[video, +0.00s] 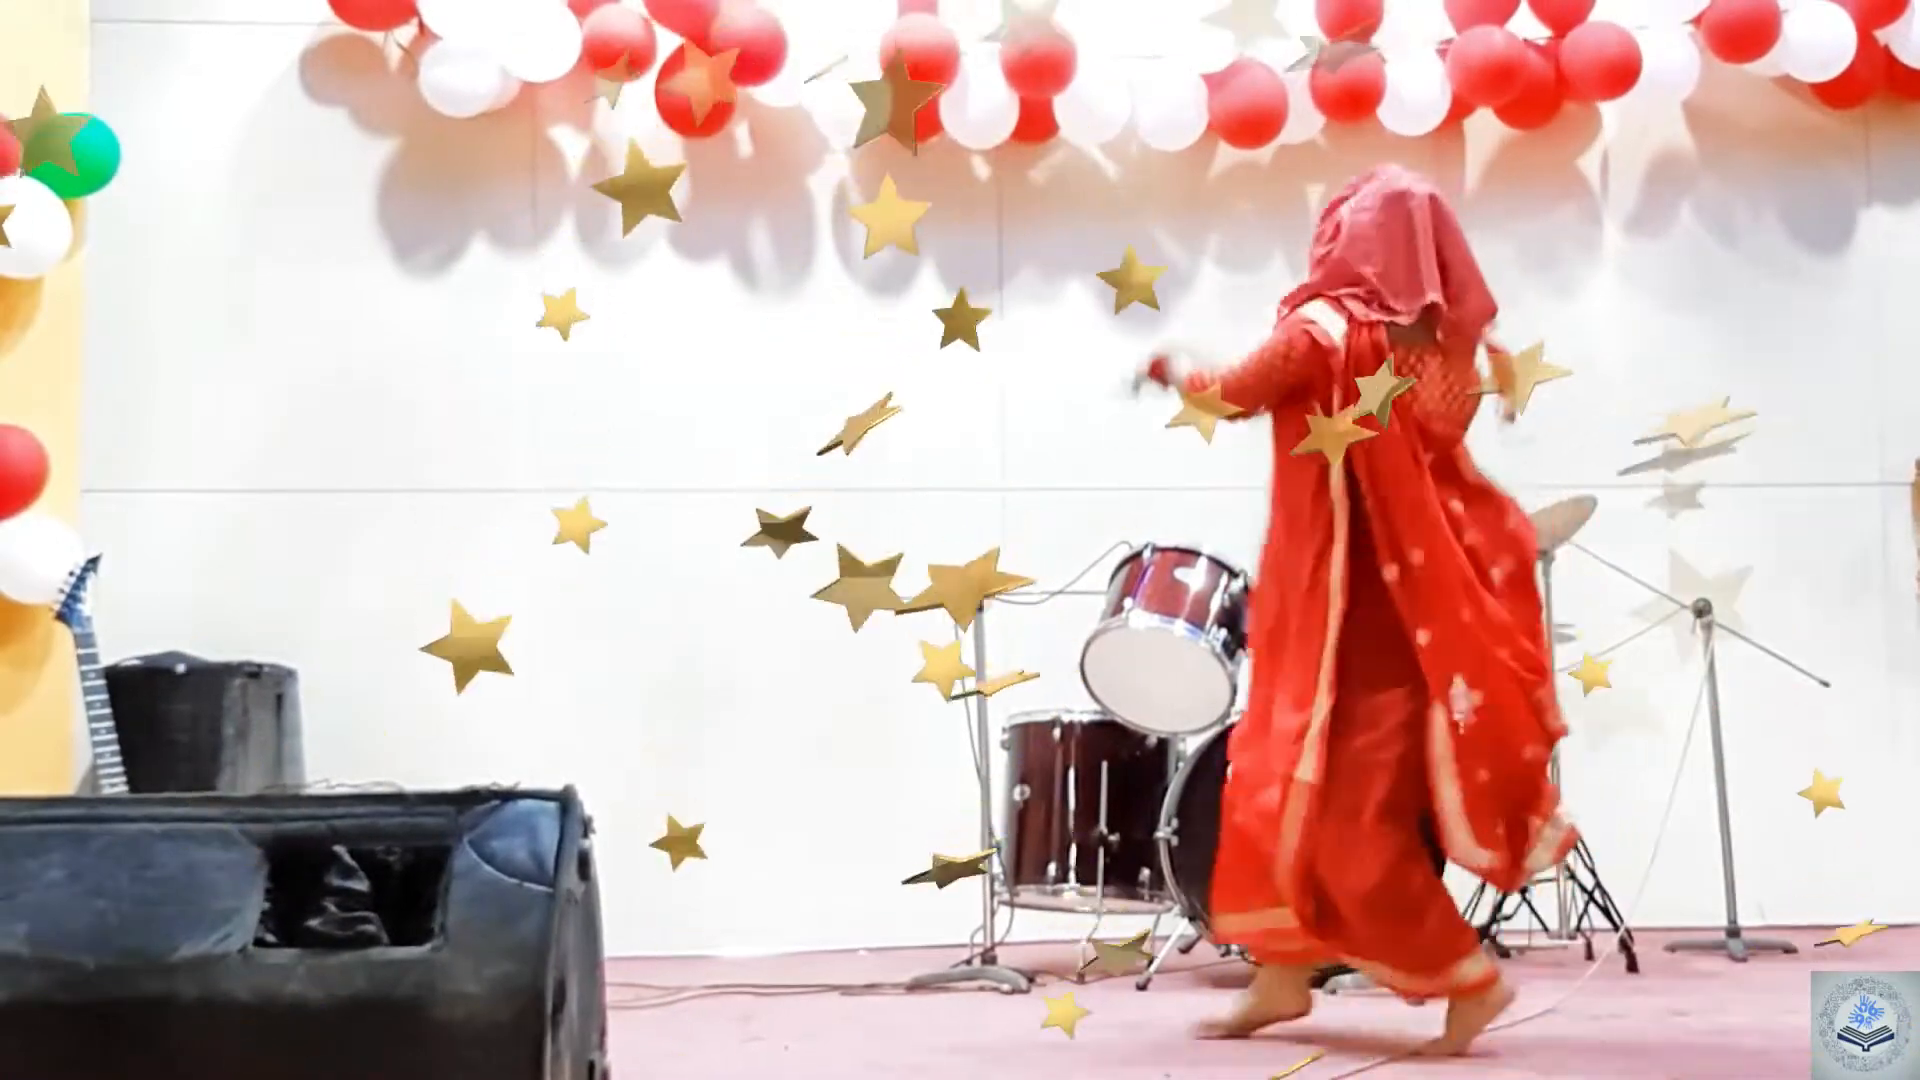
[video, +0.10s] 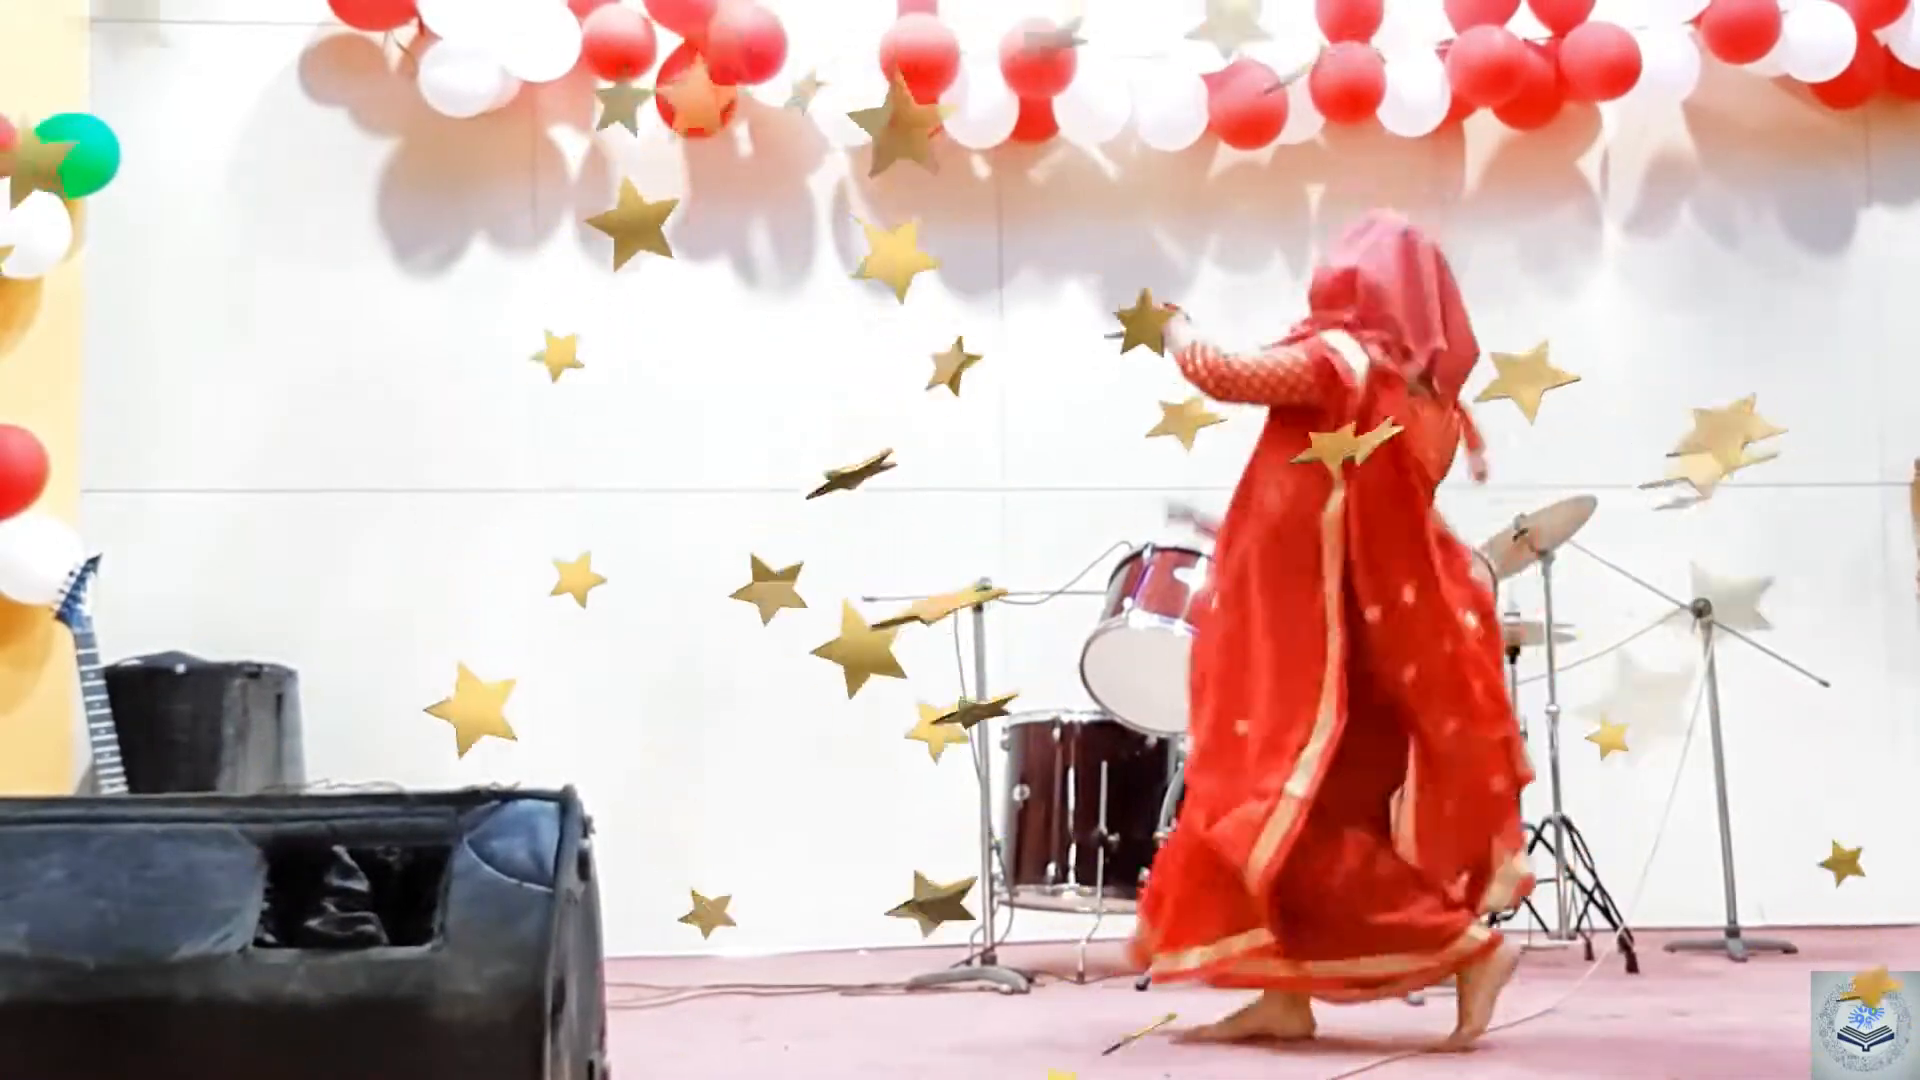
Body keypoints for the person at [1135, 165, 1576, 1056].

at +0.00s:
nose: (1320, 238)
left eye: (1332, 224)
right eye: (1329, 223)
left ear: (1351, 241)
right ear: (1426, 250)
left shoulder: (1325, 327)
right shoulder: (1451, 347)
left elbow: (1243, 387)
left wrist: (1179, 373)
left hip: (1358, 623)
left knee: (1344, 817)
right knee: (1281, 786)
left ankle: (1470, 976)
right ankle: (1282, 974)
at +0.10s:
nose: (1322, 286)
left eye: (1334, 272)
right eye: (1330, 271)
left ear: (1355, 284)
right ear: (1426, 298)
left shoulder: (1339, 360)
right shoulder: (1435, 406)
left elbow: (1232, 376)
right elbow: (1407, 525)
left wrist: (1174, 332)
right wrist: (1483, 567)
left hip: (1301, 625)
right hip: (1369, 630)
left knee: (1258, 810)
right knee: (1290, 810)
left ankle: (1469, 951)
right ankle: (1283, 993)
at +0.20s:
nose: (1333, 299)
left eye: (1342, 286)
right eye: (1339, 285)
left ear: (1365, 293)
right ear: (1428, 300)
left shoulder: (1364, 376)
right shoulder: (1425, 401)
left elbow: (1276, 407)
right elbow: (1333, 486)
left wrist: (1175, 383)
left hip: (1304, 621)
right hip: (1354, 621)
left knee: (1231, 795)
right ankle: (1276, 997)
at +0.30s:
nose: (1343, 272)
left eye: (1353, 257)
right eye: (1346, 256)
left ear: (1388, 266)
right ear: (1425, 266)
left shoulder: (1385, 374)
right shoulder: (1442, 370)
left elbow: (1289, 448)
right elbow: (1342, 386)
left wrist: (1168, 473)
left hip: (1344, 609)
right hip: (1376, 601)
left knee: (1357, 797)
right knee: (1256, 779)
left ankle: (1496, 970)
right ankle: (1271, 973)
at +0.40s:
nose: (1370, 271)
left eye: (1381, 256)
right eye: (1372, 255)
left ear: (1421, 276)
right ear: (1439, 275)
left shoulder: (1426, 384)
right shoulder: (1425, 337)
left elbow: (1348, 488)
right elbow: (1381, 314)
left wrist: (1250, 558)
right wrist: (1314, 276)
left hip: (1435, 598)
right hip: (1392, 592)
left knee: (1436, 789)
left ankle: (1517, 984)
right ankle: (1334, 948)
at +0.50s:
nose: (1405, 302)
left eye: (1421, 288)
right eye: (1405, 285)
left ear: (1459, 306)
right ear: (1462, 308)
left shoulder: (1461, 420)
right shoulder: (1456, 391)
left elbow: (1383, 527)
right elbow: (1420, 314)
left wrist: (1301, 598)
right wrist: (1374, 265)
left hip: (1476, 642)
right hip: (1471, 637)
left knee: (1468, 813)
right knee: (1471, 813)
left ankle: (1518, 996)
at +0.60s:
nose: (1435, 300)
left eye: (1451, 284)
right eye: (1430, 285)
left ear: (1494, 292)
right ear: (1432, 292)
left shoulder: (1505, 394)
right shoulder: (1478, 366)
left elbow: (1426, 480)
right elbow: (1440, 289)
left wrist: (1341, 533)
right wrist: (1386, 291)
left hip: (1504, 622)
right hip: (1474, 617)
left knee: (1486, 796)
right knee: (1478, 796)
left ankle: (1519, 996)